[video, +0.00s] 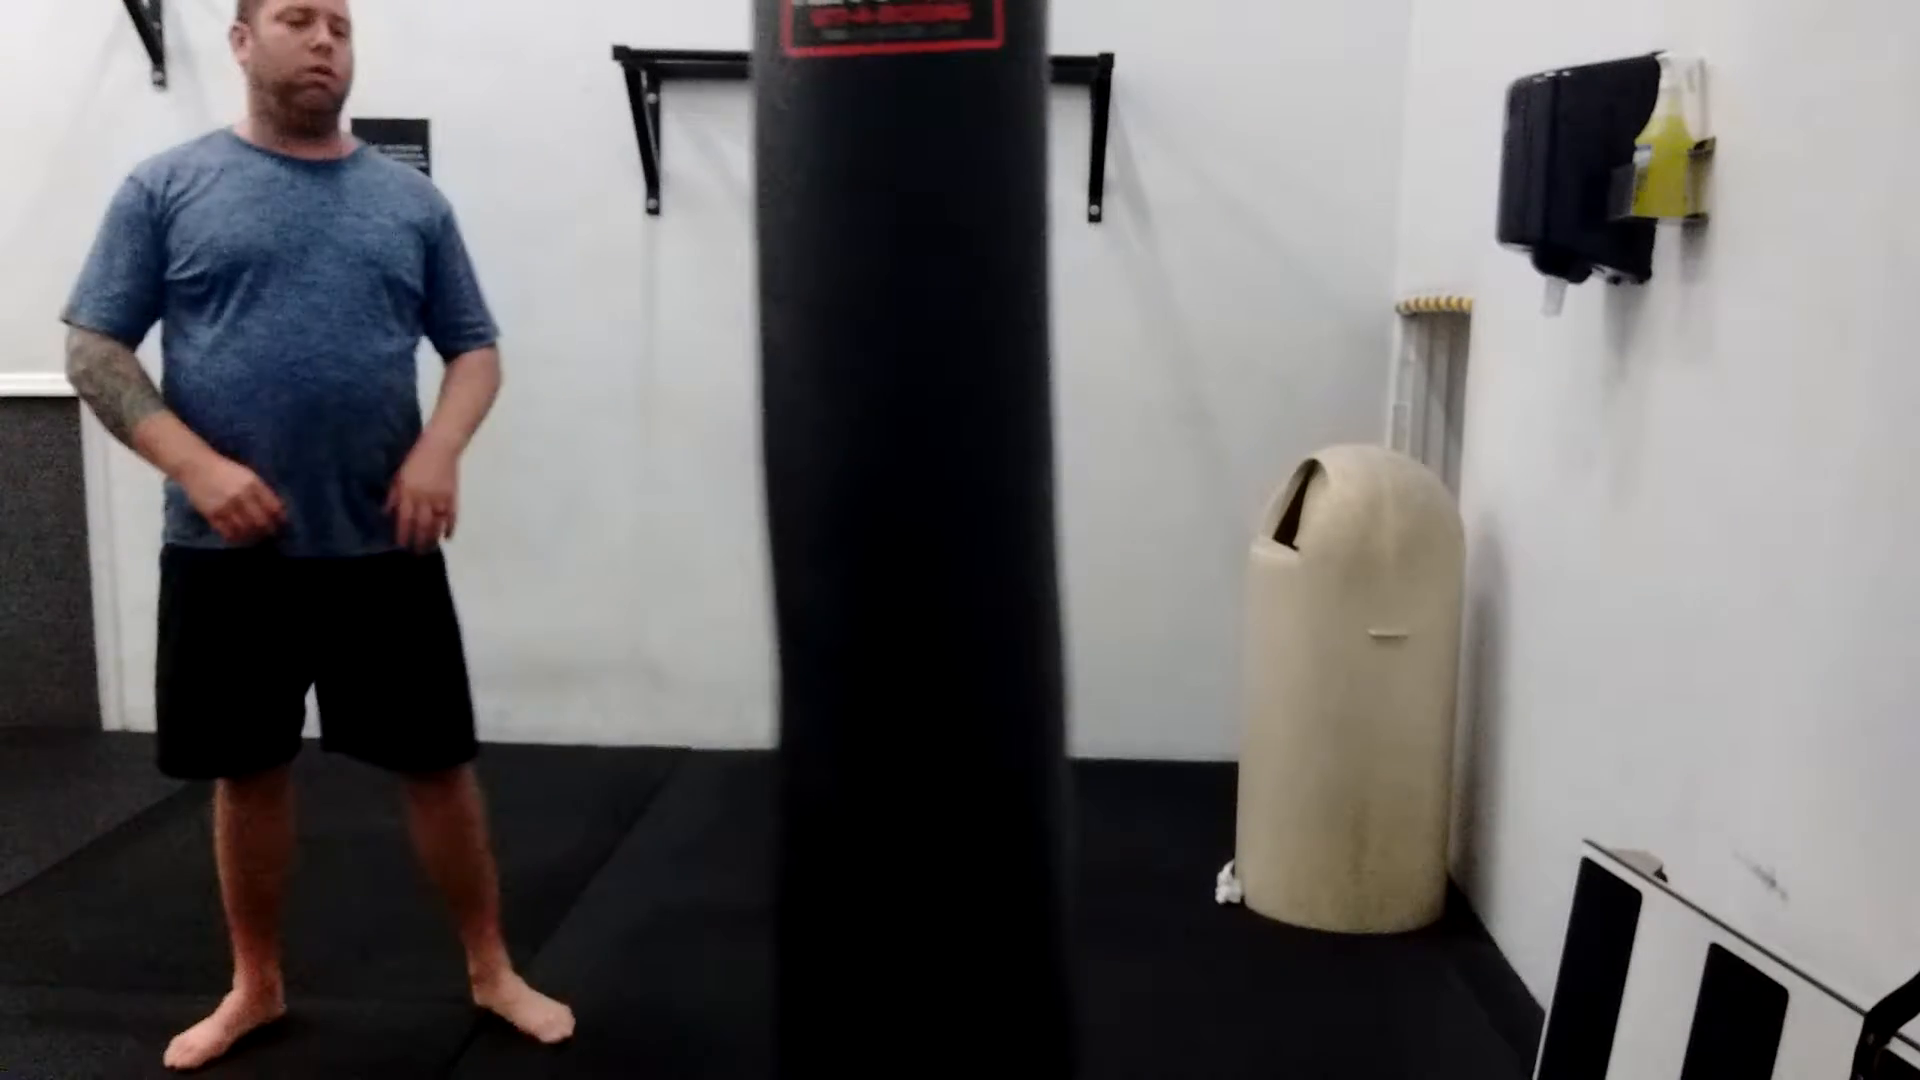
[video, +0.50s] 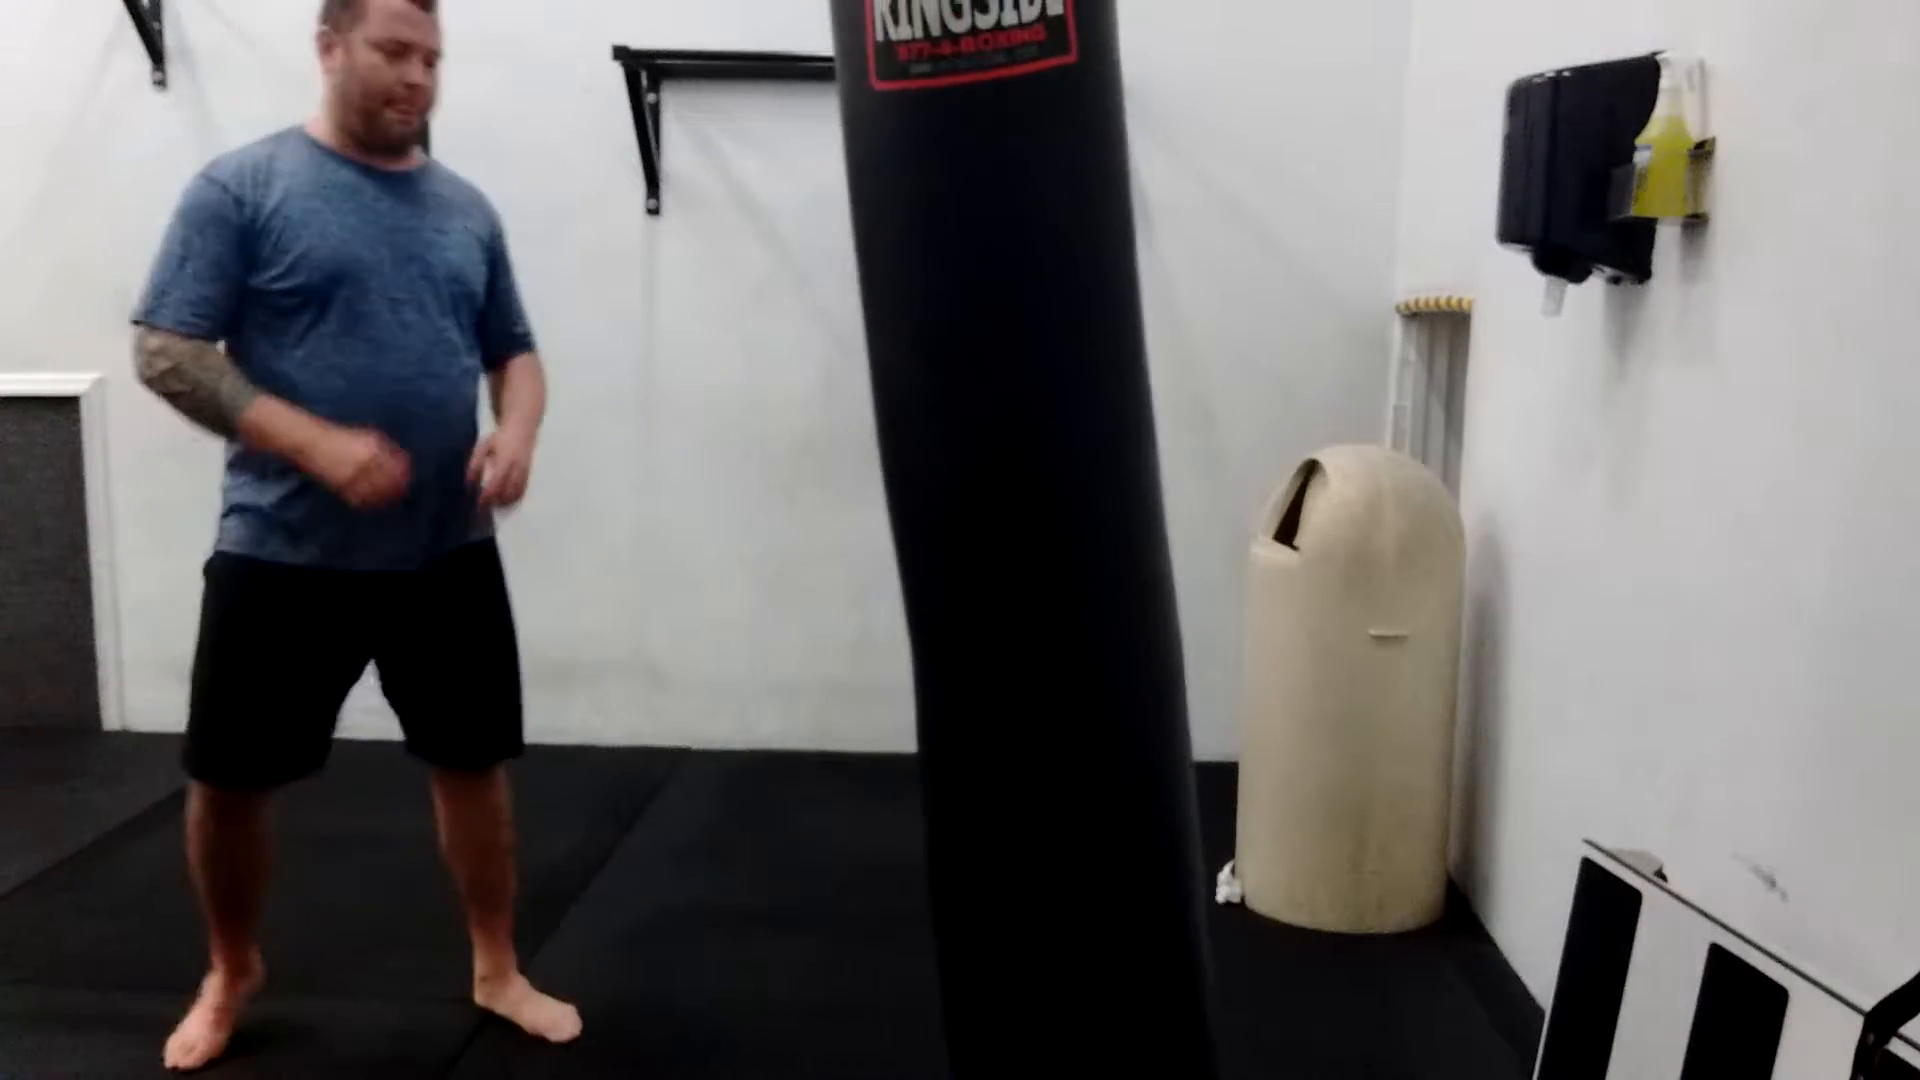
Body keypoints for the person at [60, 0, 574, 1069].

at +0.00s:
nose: (324, 38)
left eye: (338, 24)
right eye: (297, 20)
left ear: (353, 53)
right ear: (242, 45)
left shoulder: (410, 199)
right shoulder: (169, 186)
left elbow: (476, 353)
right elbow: (91, 349)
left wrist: (438, 450)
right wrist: (196, 464)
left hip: (384, 546)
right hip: (231, 551)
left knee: (440, 765)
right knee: (246, 775)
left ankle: (493, 972)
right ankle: (255, 986)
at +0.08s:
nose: (326, 37)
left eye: (339, 23)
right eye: (298, 19)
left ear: (353, 52)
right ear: (242, 44)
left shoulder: (410, 197)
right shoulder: (170, 188)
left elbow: (468, 352)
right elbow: (96, 352)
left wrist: (451, 472)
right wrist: (212, 458)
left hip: (383, 545)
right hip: (234, 549)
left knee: (431, 765)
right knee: (248, 777)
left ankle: (494, 971)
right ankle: (256, 986)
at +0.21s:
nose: (339, 38)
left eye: (351, 23)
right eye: (311, 19)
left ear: (364, 49)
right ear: (252, 44)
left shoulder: (417, 199)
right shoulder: (182, 187)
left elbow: (471, 361)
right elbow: (113, 357)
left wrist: (477, 496)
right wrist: (245, 446)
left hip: (399, 541)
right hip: (247, 548)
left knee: (441, 761)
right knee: (255, 776)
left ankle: (496, 971)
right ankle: (256, 986)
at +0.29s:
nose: (353, 41)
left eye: (365, 26)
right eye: (326, 22)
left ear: (381, 52)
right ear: (268, 44)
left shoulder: (428, 200)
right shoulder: (196, 185)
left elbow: (483, 355)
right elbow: (126, 353)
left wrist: (489, 473)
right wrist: (263, 444)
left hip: (411, 542)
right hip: (258, 549)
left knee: (454, 760)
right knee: (257, 778)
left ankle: (496, 972)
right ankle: (256, 988)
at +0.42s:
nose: (400, 64)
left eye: (409, 43)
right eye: (375, 39)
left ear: (417, 56)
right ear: (307, 45)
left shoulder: (452, 206)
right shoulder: (226, 190)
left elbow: (502, 355)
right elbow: (149, 352)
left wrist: (507, 450)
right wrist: (290, 457)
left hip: (432, 549)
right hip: (276, 555)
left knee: (471, 762)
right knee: (244, 783)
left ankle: (497, 972)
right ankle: (248, 984)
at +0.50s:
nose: (419, 79)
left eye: (431, 59)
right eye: (395, 53)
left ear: (442, 67)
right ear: (329, 50)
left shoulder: (465, 211)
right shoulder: (241, 189)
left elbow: (514, 354)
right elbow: (167, 351)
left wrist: (515, 431)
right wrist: (314, 441)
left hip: (442, 548)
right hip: (282, 552)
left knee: (474, 763)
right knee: (226, 779)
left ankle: (497, 970)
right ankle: (230, 972)